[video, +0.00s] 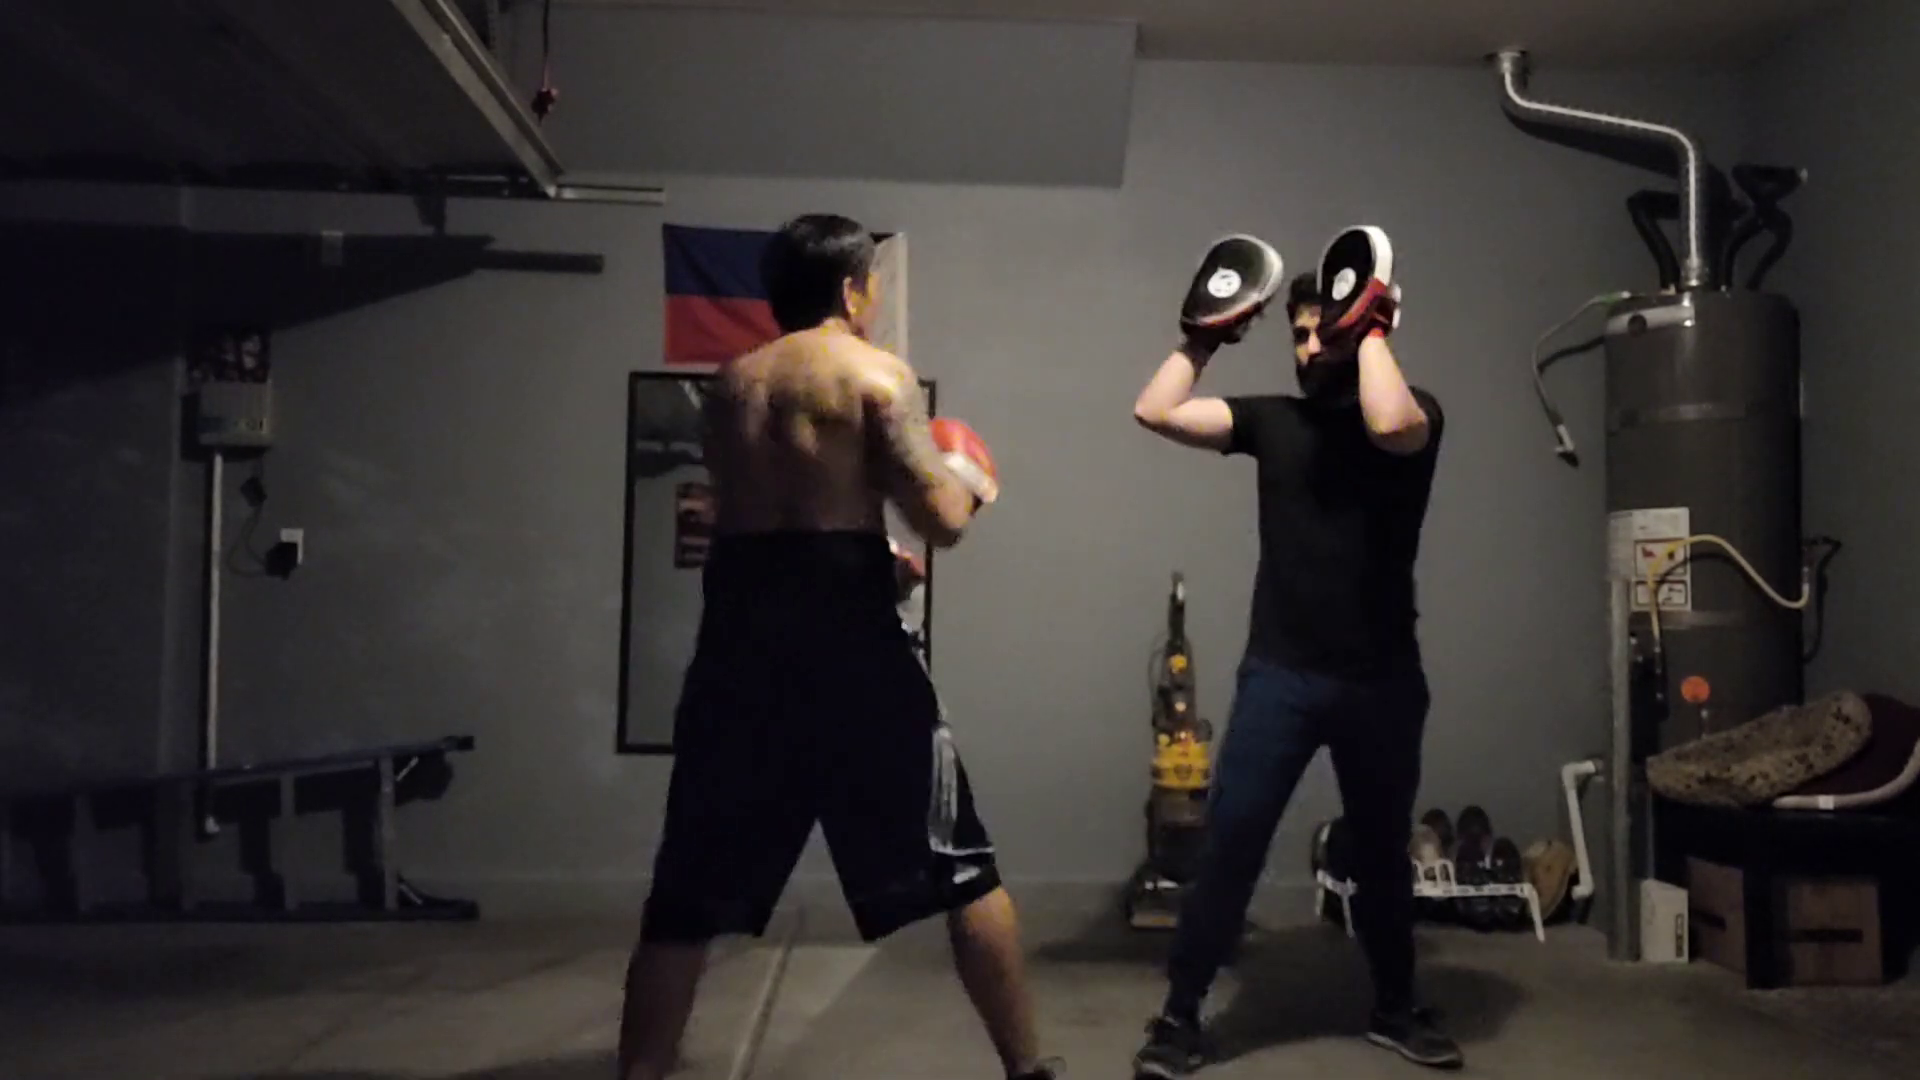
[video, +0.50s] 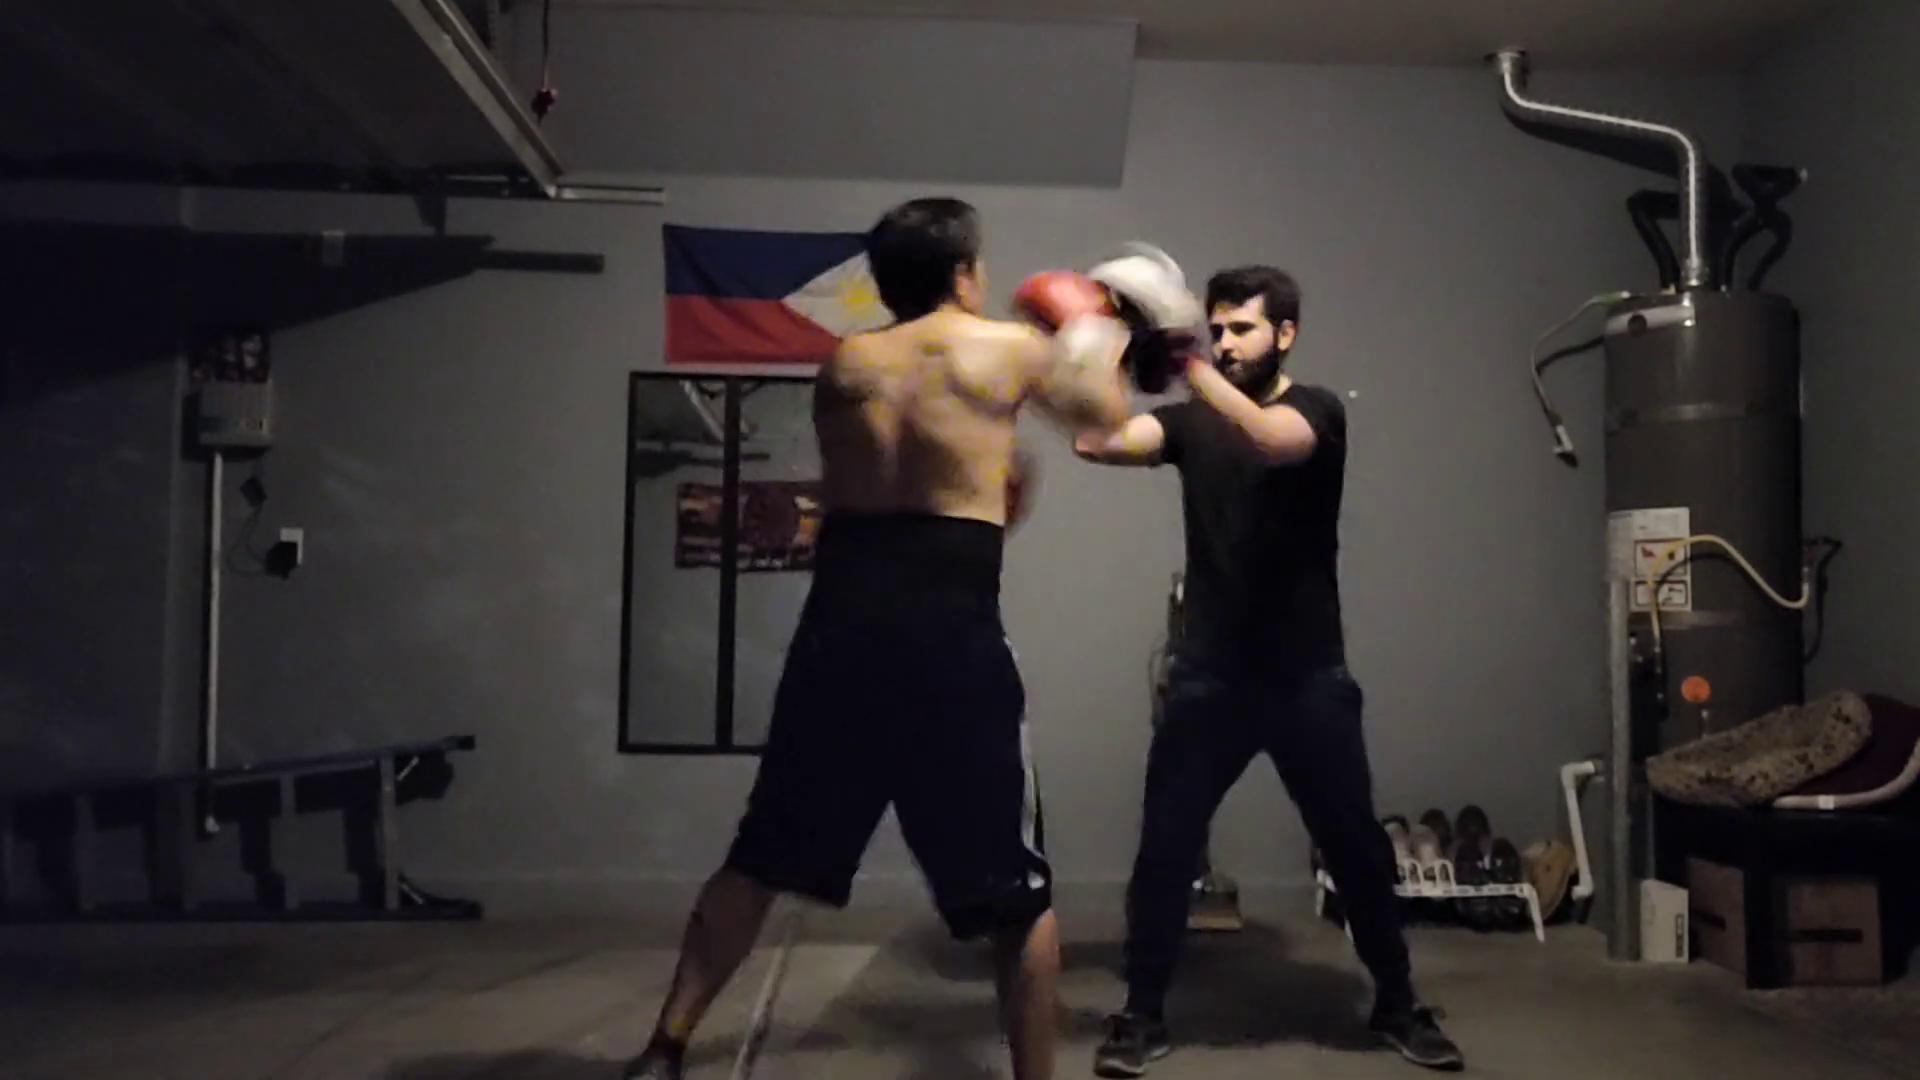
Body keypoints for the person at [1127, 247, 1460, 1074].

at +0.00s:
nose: (1317, 345)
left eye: (1333, 330)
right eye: (1304, 332)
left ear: (1365, 335)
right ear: (1290, 340)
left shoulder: (1407, 412)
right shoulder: (1271, 416)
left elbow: (1391, 424)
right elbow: (1156, 411)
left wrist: (1371, 332)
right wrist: (1204, 335)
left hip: (1380, 676)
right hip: (1281, 670)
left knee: (1383, 855)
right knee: (1230, 842)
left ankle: (1396, 1011)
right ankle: (1180, 1016)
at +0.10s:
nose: (1305, 345)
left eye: (1319, 330)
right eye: (1295, 332)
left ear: (1356, 335)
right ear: (1282, 341)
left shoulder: (1400, 413)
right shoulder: (1260, 418)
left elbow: (1390, 436)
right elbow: (1149, 423)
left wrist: (1366, 338)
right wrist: (1169, 336)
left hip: (1377, 675)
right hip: (1278, 670)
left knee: (1389, 853)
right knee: (1222, 837)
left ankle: (1396, 1009)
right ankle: (1155, 1011)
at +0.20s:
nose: (1289, 349)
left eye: (1302, 336)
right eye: (1277, 338)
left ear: (1336, 340)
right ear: (1262, 346)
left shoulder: (1377, 420)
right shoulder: (1238, 420)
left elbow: (1372, 448)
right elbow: (1132, 397)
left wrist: (1347, 353)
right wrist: (1075, 327)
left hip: (1367, 678)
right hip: (1268, 678)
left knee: (1386, 855)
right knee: (1212, 845)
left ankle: (1396, 1010)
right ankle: (1145, 1012)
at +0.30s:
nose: (1255, 354)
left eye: (1271, 339)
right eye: (1247, 341)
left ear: (1308, 341)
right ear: (1237, 346)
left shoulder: (1351, 415)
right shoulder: (1218, 422)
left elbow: (1307, 440)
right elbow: (1112, 426)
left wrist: (1299, 344)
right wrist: (1106, 351)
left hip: (1336, 679)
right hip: (1241, 676)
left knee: (1360, 847)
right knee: (1191, 836)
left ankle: (1396, 1006)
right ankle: (1143, 1013)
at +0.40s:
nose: (1237, 343)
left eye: (1253, 330)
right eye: (1228, 332)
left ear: (1296, 336)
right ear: (1218, 341)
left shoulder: (1327, 411)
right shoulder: (1207, 425)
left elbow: (1249, 426)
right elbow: (1100, 443)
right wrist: (1103, 363)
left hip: (1312, 678)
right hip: (1217, 678)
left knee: (1354, 847)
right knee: (1170, 842)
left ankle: (1395, 1008)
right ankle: (1143, 1014)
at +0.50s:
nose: (1226, 345)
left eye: (1242, 330)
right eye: (1217, 332)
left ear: (1285, 334)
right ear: (1206, 339)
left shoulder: (1319, 409)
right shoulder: (1192, 414)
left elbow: (1271, 436)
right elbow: (1105, 437)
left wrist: (1193, 365)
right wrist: (1083, 358)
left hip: (1305, 678)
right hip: (1207, 678)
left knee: (1355, 845)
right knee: (1166, 845)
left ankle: (1397, 1005)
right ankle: (1142, 1012)